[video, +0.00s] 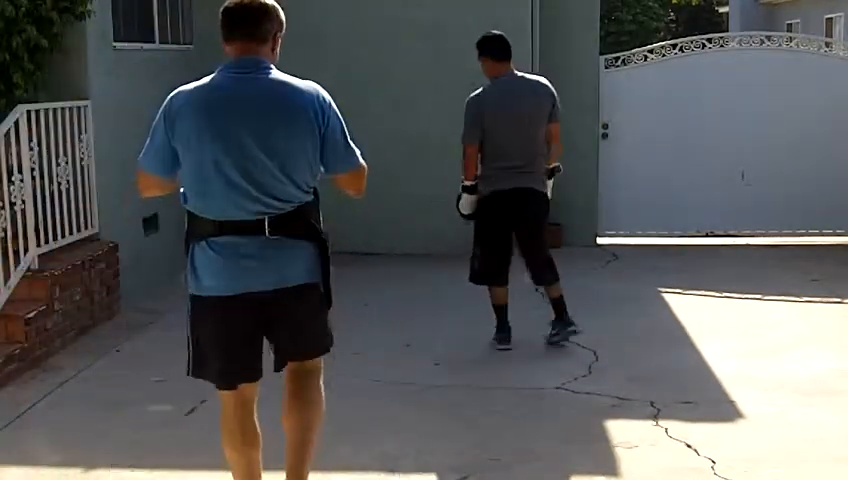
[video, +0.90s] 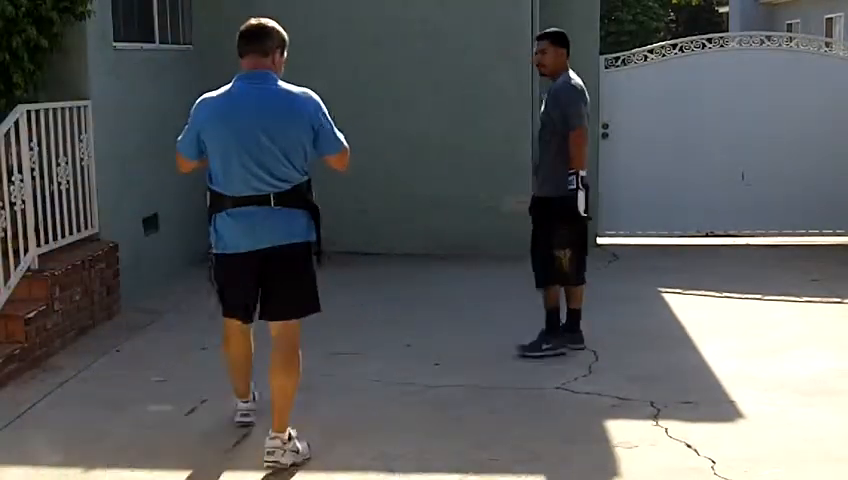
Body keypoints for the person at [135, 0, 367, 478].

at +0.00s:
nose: (281, 47)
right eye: (281, 41)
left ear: (224, 42)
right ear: (277, 42)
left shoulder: (183, 102)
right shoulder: (310, 99)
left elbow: (151, 184)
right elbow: (355, 181)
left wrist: (203, 168)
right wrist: (307, 151)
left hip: (219, 280)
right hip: (296, 274)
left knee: (237, 397)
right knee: (304, 367)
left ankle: (248, 477)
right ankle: (297, 474)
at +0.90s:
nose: (283, 62)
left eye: (280, 56)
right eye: (284, 56)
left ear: (240, 56)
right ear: (279, 57)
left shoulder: (208, 105)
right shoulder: (303, 101)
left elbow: (185, 162)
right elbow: (340, 160)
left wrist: (224, 144)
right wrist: (303, 134)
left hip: (231, 238)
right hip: (288, 235)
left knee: (236, 320)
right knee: (286, 334)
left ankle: (244, 403)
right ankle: (279, 438)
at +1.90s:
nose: (313, 60)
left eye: (313, 54)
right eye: (313, 54)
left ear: (275, 49)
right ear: (302, 52)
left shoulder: (244, 86)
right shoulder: (314, 91)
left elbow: (239, 133)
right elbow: (349, 147)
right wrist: (342, 115)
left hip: (255, 195)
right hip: (300, 197)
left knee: (259, 270)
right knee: (294, 280)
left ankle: (247, 353)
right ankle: (286, 365)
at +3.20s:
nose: (324, 54)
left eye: (323, 47)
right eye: (319, 47)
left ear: (297, 51)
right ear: (298, 51)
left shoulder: (297, 83)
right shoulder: (287, 88)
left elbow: (331, 125)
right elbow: (327, 135)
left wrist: (355, 98)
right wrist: (353, 98)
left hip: (312, 187)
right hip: (297, 191)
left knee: (324, 257)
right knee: (310, 262)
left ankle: (322, 329)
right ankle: (303, 345)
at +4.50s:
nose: (341, 51)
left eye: (339, 45)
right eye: (337, 45)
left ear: (311, 52)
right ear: (320, 50)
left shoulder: (283, 88)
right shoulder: (331, 80)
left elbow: (271, 140)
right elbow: (380, 89)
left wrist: (308, 155)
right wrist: (422, 74)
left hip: (300, 188)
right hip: (323, 189)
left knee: (314, 260)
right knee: (321, 261)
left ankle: (318, 329)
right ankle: (305, 345)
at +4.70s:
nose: (341, 54)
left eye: (340, 48)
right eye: (337, 48)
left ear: (309, 52)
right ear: (320, 50)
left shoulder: (284, 87)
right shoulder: (331, 81)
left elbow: (270, 140)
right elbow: (376, 104)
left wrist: (304, 157)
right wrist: (405, 99)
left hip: (299, 187)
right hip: (325, 188)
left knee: (311, 261)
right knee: (321, 262)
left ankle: (320, 330)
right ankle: (305, 344)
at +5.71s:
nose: (336, 53)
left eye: (336, 47)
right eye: (331, 47)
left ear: (314, 52)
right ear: (312, 52)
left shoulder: (320, 84)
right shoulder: (292, 89)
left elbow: (350, 121)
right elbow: (291, 144)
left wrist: (363, 83)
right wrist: (325, 182)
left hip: (325, 186)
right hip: (306, 190)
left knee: (321, 259)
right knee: (313, 260)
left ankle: (319, 330)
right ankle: (304, 344)